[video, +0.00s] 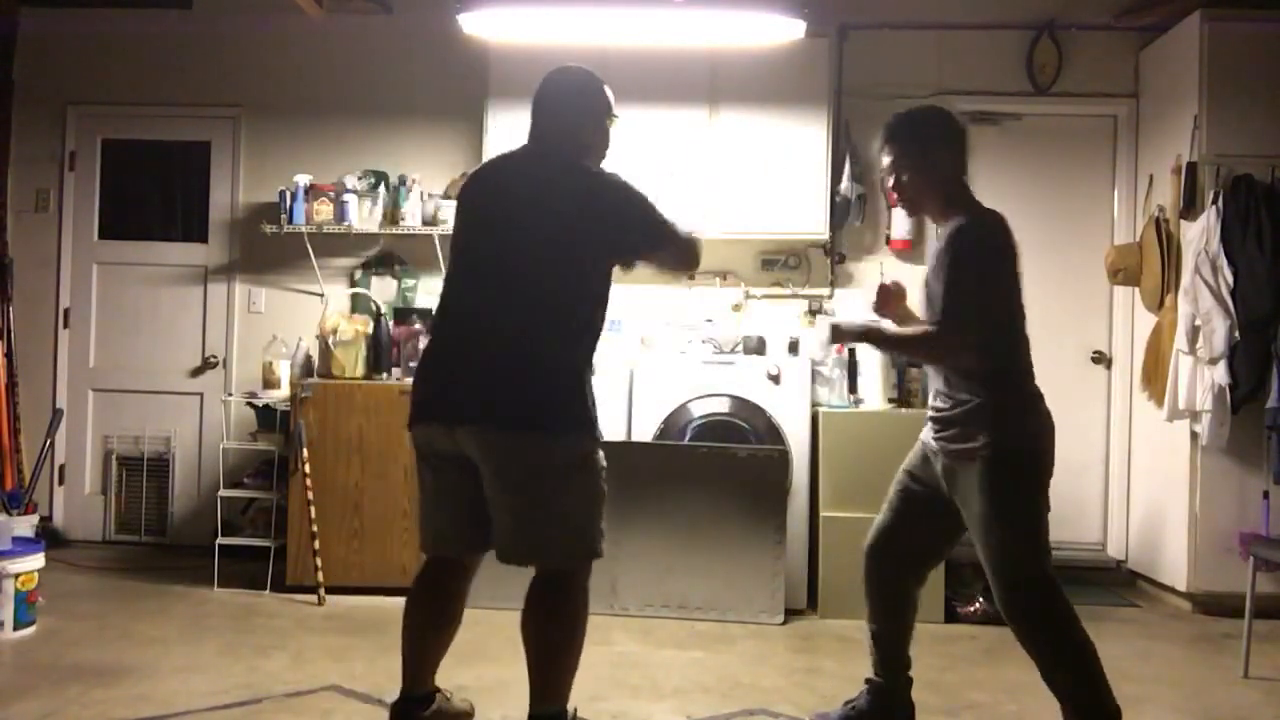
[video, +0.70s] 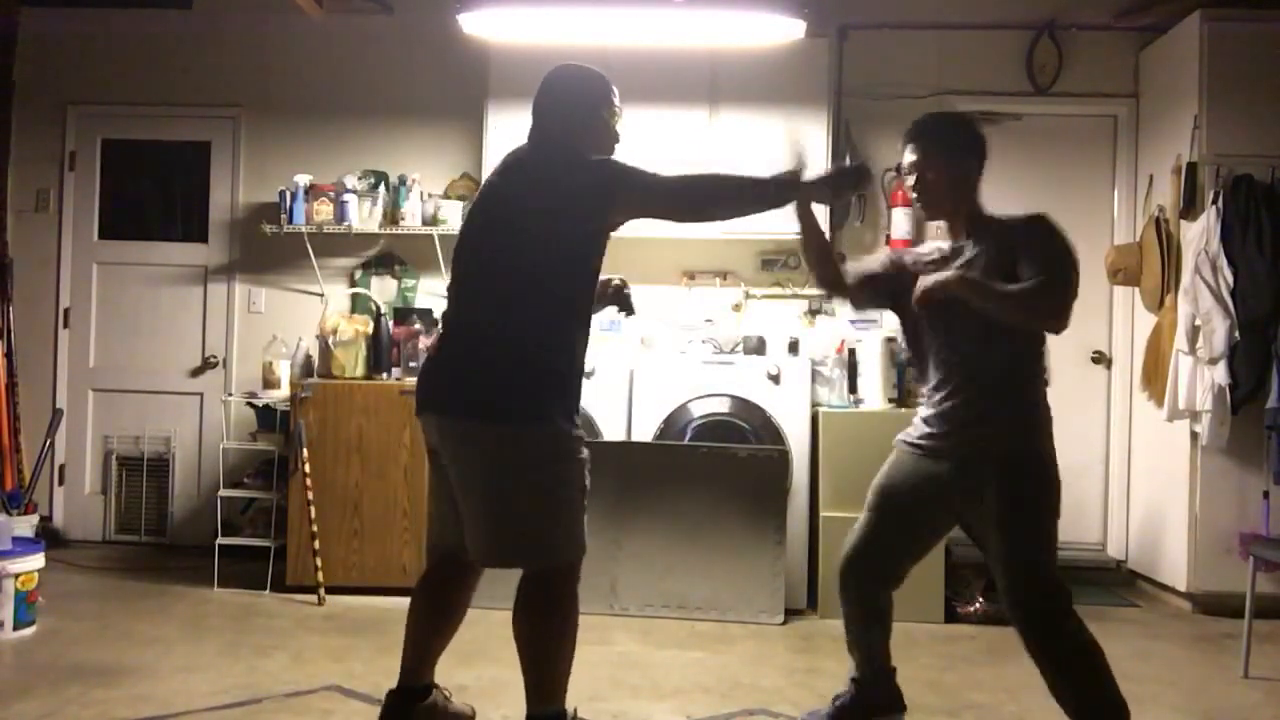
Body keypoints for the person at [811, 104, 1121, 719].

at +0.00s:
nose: (888, 185)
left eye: (898, 169)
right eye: (886, 172)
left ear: (939, 164)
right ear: (932, 171)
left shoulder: (975, 235)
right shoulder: (950, 236)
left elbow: (960, 347)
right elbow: (958, 334)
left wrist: (872, 337)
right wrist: (906, 314)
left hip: (998, 443)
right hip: (945, 438)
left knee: (1026, 598)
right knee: (887, 559)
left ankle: (1097, 715)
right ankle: (889, 695)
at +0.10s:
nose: (904, 183)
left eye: (914, 168)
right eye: (903, 170)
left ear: (959, 166)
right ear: (948, 169)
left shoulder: (1006, 241)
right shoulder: (957, 249)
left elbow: (986, 350)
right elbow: (950, 354)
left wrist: (906, 318)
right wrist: (904, 331)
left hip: (999, 455)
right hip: (940, 446)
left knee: (1033, 617)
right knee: (873, 574)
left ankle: (1101, 717)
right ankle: (886, 698)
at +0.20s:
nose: (929, 179)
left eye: (941, 163)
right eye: (928, 165)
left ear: (986, 164)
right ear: (976, 169)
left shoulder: (1005, 247)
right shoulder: (971, 248)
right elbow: (933, 338)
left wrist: (857, 235)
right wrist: (902, 287)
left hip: (996, 451)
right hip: (949, 444)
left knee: (1019, 614)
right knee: (876, 565)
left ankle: (1102, 719)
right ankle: (886, 697)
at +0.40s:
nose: (939, 164)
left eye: (951, 149)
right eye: (940, 149)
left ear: (996, 154)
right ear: (1007, 158)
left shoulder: (953, 246)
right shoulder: (1051, 245)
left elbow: (865, 319)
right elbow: (1021, 349)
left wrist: (804, 315)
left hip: (964, 444)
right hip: (988, 438)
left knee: (1000, 612)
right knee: (883, 554)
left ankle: (1094, 718)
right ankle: (885, 697)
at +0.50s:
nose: (923, 171)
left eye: (936, 156)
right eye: (923, 158)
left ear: (982, 159)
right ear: (989, 165)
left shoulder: (960, 252)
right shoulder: (1032, 244)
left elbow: (949, 366)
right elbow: (1023, 348)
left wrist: (878, 362)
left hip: (972, 453)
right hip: (976, 448)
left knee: (1005, 617)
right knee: (878, 555)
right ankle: (884, 696)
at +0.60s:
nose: (920, 176)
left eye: (931, 161)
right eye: (918, 164)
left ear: (977, 162)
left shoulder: (1012, 235)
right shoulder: (966, 251)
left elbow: (1006, 335)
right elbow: (958, 339)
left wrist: (929, 323)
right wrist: (911, 338)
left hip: (995, 455)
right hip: (940, 446)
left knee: (1022, 616)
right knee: (860, 555)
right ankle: (881, 695)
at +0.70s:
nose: (907, 179)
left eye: (920, 165)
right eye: (905, 168)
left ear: (964, 166)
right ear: (913, 173)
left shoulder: (1030, 236)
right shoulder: (913, 264)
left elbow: (1054, 311)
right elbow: (835, 280)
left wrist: (960, 281)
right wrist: (807, 206)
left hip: (1012, 449)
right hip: (930, 444)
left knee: (1038, 608)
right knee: (861, 571)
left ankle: (1107, 718)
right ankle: (874, 688)